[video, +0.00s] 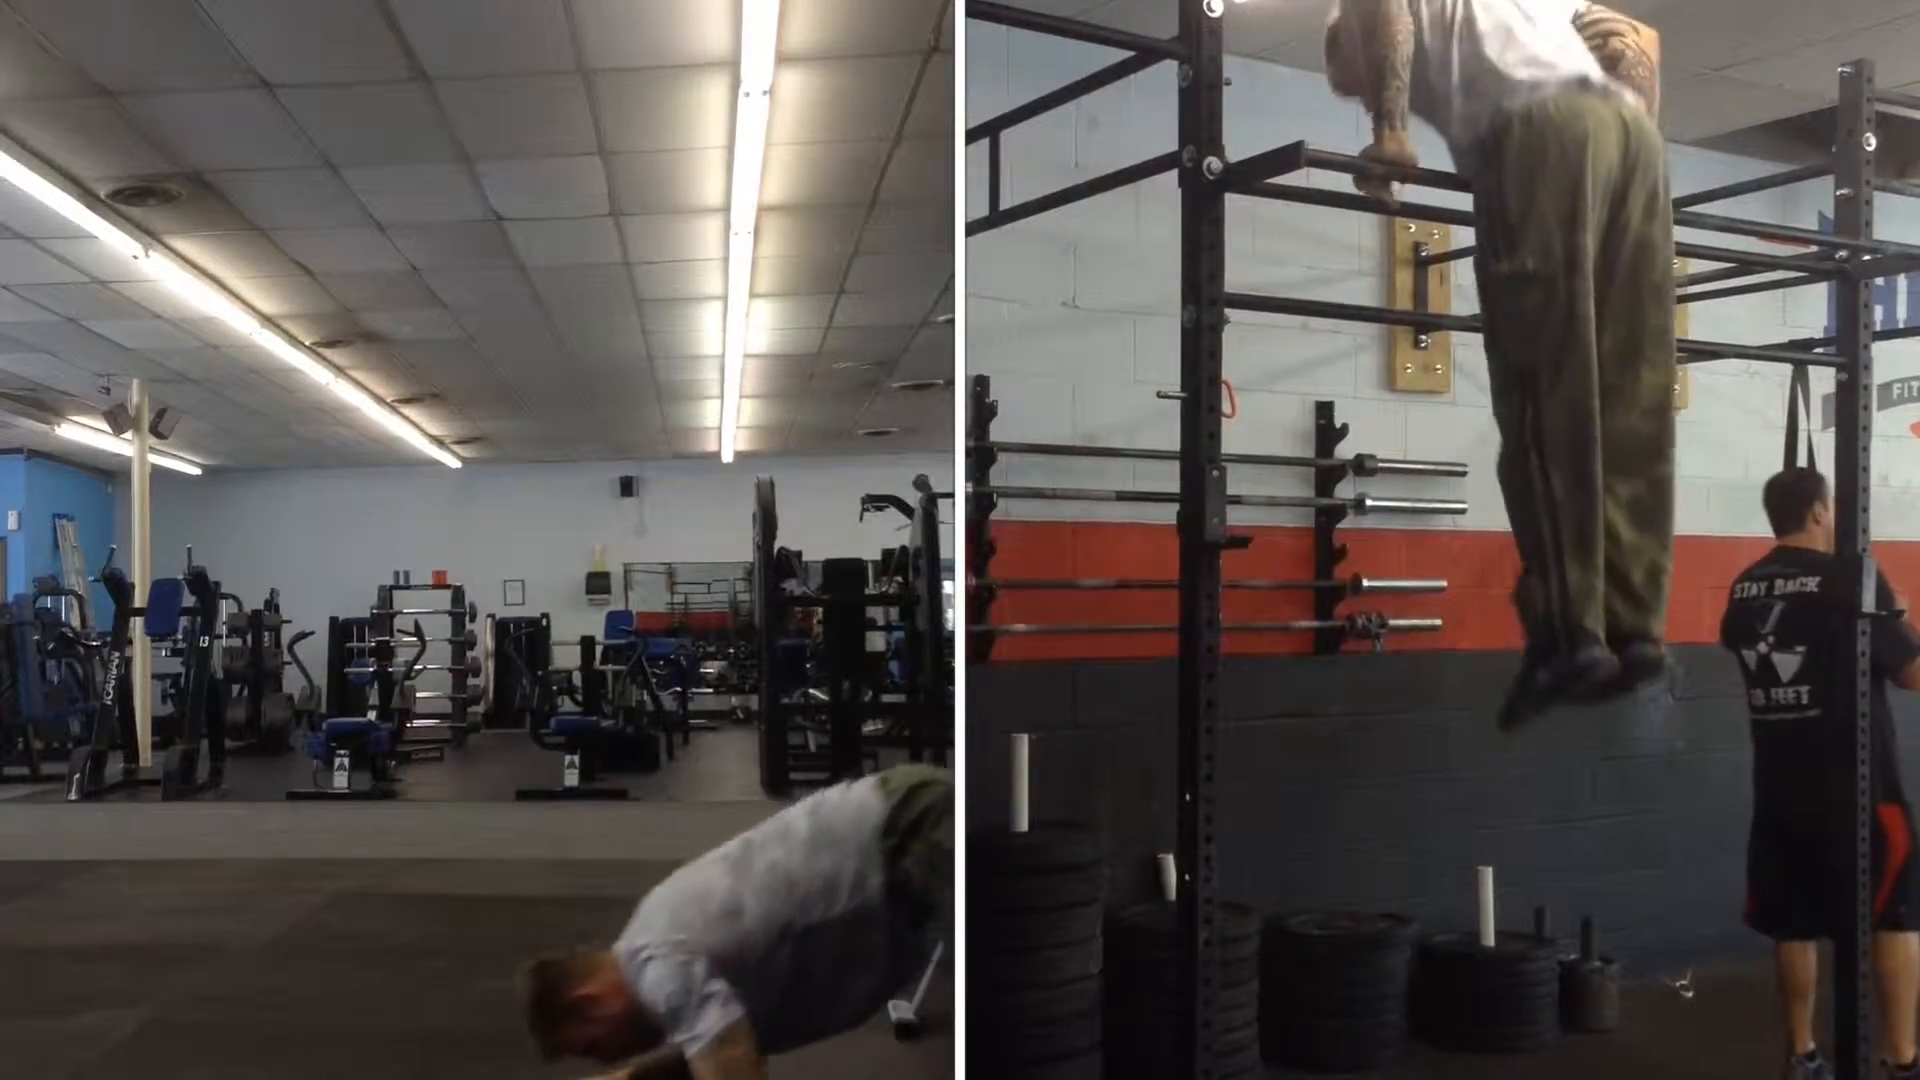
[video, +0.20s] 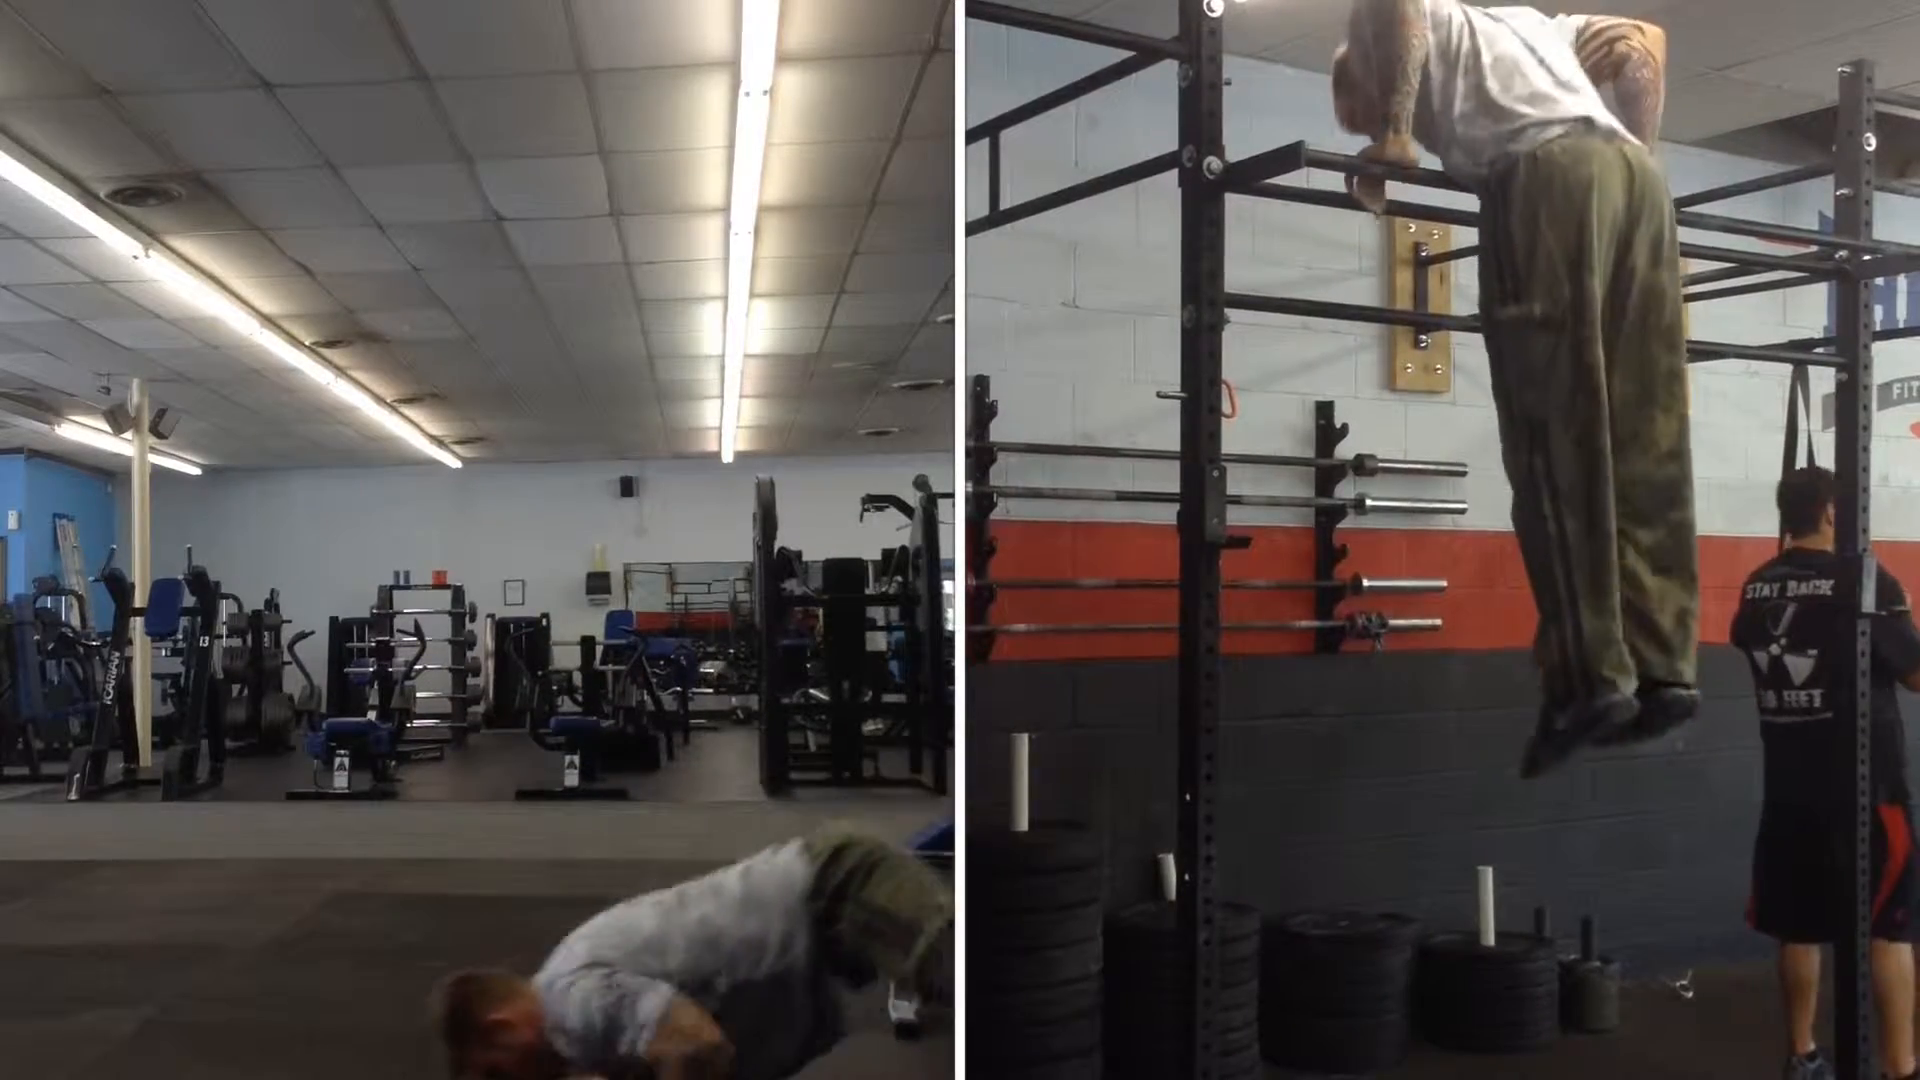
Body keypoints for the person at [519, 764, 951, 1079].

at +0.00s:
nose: (604, 1058)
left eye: (590, 1046)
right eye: (588, 1054)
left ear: (591, 1001)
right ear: (591, 990)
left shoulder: (659, 965)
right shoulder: (649, 949)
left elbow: (734, 1065)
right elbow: (719, 1046)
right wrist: (638, 1070)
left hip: (908, 827)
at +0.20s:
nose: (511, 1078)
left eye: (496, 1067)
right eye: (494, 1076)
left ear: (505, 1025)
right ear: (511, 1019)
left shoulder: (573, 996)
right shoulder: (571, 1010)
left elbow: (699, 1048)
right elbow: (695, 1047)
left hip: (836, 884)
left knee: (976, 984)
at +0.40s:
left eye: (426, 1071)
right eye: (423, 1077)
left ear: (435, 1041)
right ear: (442, 1019)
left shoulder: (505, 1019)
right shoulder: (512, 995)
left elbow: (638, 1010)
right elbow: (641, 998)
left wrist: (626, 1073)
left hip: (784, 958)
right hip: (786, 942)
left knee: (950, 1035)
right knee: (952, 1015)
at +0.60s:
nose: (368, 1064)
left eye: (360, 1044)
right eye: (354, 1051)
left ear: (394, 1010)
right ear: (410, 983)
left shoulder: (470, 1017)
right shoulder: (493, 965)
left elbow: (611, 997)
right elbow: (637, 943)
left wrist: (613, 1072)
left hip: (740, 1027)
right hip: (746, 980)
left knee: (928, 1063)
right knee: (926, 1008)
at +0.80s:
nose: (345, 966)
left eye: (344, 942)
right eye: (338, 947)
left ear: (385, 921)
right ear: (401, 909)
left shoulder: (462, 971)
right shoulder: (500, 914)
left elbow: (608, 993)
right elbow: (635, 943)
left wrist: (607, 1074)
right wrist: (551, 1034)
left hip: (708, 1047)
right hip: (721, 1007)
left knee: (901, 1074)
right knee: (903, 1032)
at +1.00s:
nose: (364, 848)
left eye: (370, 829)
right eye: (363, 831)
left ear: (412, 827)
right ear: (426, 822)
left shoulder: (474, 898)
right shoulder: (507, 854)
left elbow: (600, 994)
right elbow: (604, 953)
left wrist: (609, 1072)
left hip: (712, 1030)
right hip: (719, 987)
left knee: (912, 1075)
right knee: (910, 1020)